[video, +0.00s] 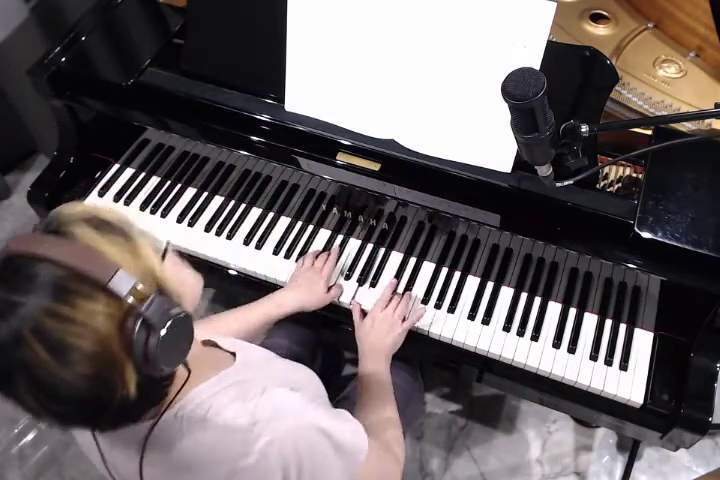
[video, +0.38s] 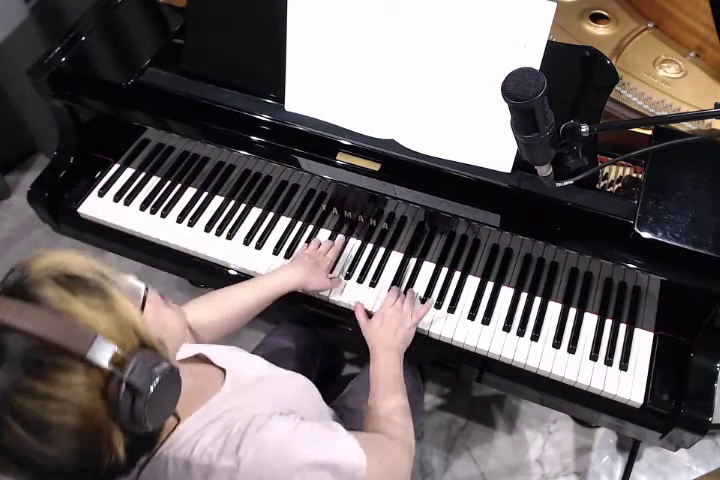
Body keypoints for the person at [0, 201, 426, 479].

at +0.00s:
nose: (166, 244)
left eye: (152, 244)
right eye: (155, 254)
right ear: (156, 342)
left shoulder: (83, 374)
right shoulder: (272, 435)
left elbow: (179, 345)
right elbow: (383, 465)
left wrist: (286, 301)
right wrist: (375, 361)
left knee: (302, 322)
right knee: (399, 377)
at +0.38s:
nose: (146, 287)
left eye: (128, 287)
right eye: (134, 299)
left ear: (141, 366)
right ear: (140, 369)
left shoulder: (135, 376)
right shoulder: (262, 453)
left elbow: (186, 325)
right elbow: (392, 463)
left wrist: (291, 276)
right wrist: (387, 355)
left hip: (256, 369)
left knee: (304, 313)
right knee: (393, 365)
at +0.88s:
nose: (170, 320)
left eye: (150, 321)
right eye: (159, 338)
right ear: (162, 406)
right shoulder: (265, 464)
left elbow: (189, 308)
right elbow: (381, 466)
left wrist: (300, 259)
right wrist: (372, 348)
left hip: (262, 373)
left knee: (304, 322)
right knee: (399, 368)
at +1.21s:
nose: (214, 334)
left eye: (202, 331)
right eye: (207, 341)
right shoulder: (290, 467)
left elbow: (212, 309)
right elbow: (383, 459)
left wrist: (310, 242)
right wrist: (365, 339)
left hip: (264, 368)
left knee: (300, 329)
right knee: (397, 368)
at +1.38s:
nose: (235, 307)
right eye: (238, 348)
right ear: (229, 445)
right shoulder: (311, 461)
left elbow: (228, 317)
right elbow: (393, 461)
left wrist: (299, 268)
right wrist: (378, 341)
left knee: (297, 318)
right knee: (396, 365)